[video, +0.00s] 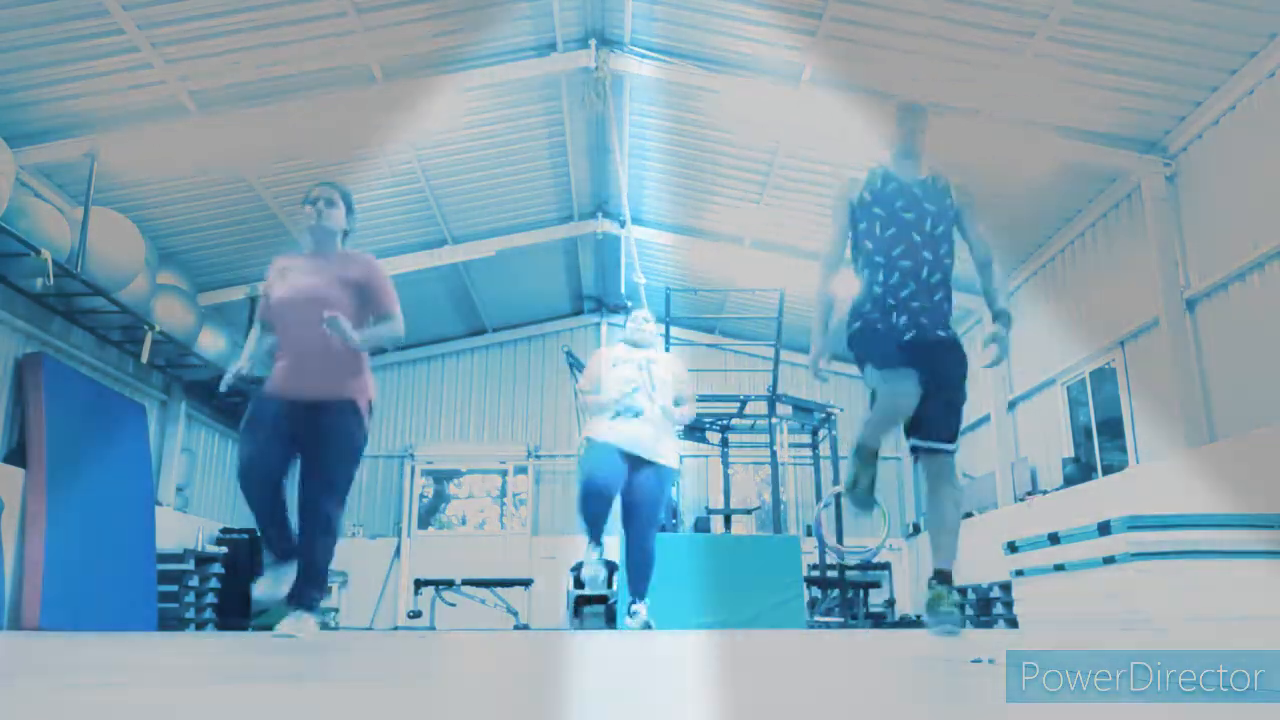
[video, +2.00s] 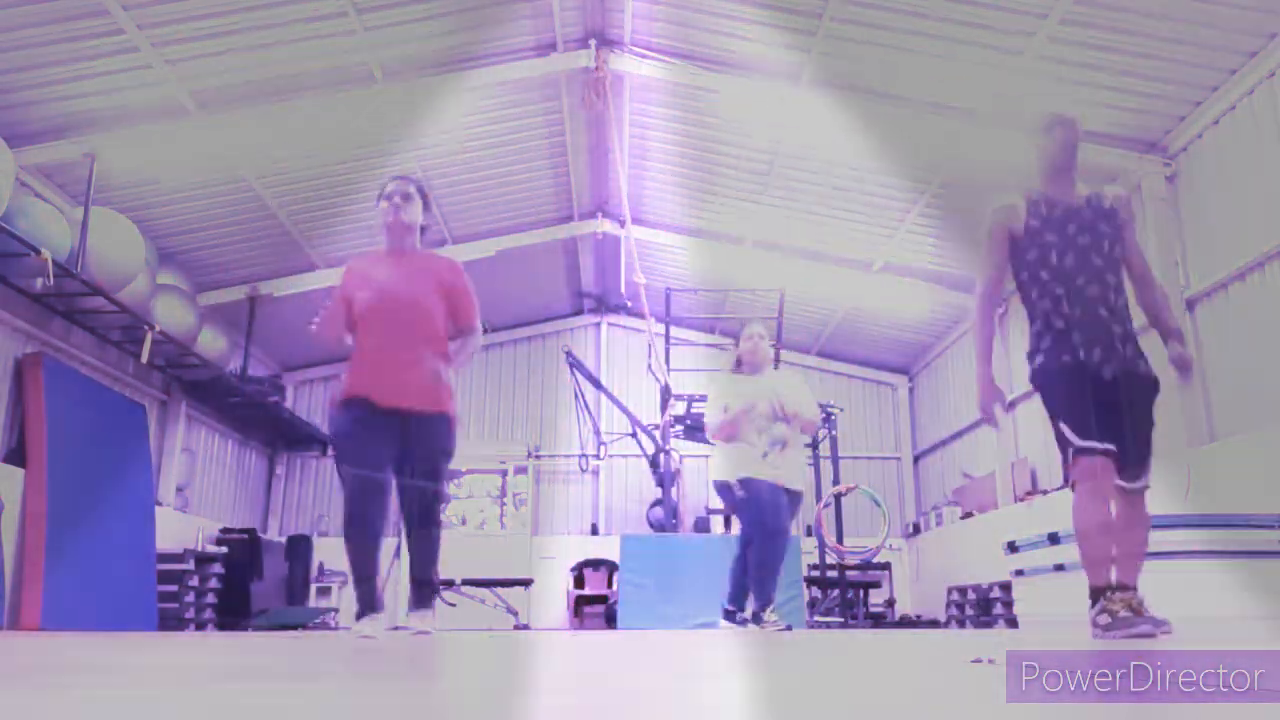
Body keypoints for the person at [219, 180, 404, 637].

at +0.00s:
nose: (318, 209)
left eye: (329, 204)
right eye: (311, 203)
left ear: (347, 219)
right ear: (300, 215)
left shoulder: (363, 266)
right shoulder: (280, 267)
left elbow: (396, 327)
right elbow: (265, 330)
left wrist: (358, 337)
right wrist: (244, 365)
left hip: (339, 401)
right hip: (280, 396)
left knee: (320, 504)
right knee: (255, 472)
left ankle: (305, 608)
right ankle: (284, 558)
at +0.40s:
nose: (300, 203)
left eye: (312, 198)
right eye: (294, 197)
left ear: (333, 215)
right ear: (285, 210)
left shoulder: (350, 263)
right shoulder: (265, 261)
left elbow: (380, 328)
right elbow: (262, 323)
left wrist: (344, 342)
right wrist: (234, 352)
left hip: (331, 397)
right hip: (270, 389)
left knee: (335, 499)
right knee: (243, 461)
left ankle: (343, 605)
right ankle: (241, 573)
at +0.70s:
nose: (277, 200)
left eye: (287, 195)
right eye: (269, 195)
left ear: (304, 210)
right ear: (257, 210)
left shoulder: (329, 261)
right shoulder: (237, 262)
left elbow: (364, 318)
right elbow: (202, 328)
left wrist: (358, 331)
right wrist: (216, 333)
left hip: (317, 391)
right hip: (254, 393)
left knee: (317, 459)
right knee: (233, 495)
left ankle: (320, 552)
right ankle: (219, 607)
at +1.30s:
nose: (326, 221)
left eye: (335, 214)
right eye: (319, 214)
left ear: (352, 227)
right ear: (308, 226)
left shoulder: (376, 283)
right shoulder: (289, 283)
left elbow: (411, 344)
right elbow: (264, 352)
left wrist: (388, 337)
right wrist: (281, 350)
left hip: (365, 409)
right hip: (303, 411)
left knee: (367, 505)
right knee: (289, 512)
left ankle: (365, 611)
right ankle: (281, 611)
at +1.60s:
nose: (373, 197)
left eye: (383, 190)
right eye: (365, 191)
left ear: (401, 203)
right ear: (355, 203)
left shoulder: (422, 258)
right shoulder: (333, 259)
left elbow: (455, 321)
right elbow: (313, 328)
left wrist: (424, 332)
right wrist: (326, 313)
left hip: (394, 382)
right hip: (336, 378)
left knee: (386, 486)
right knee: (309, 458)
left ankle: (387, 605)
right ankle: (309, 548)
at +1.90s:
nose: (391, 191)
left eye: (401, 185)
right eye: (383, 186)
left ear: (420, 199)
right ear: (372, 201)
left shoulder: (443, 254)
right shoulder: (353, 255)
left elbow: (473, 317)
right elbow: (323, 317)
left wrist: (442, 331)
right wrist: (322, 307)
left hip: (420, 381)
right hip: (364, 373)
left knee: (414, 486)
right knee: (352, 433)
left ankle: (417, 598)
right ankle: (351, 554)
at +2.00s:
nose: (397, 205)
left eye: (407, 199)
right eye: (389, 199)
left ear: (424, 212)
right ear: (378, 211)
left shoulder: (446, 268)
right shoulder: (358, 269)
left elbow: (472, 333)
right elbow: (339, 340)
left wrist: (451, 361)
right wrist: (328, 333)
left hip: (428, 404)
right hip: (366, 399)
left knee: (423, 509)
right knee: (362, 506)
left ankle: (422, 607)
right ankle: (369, 611)